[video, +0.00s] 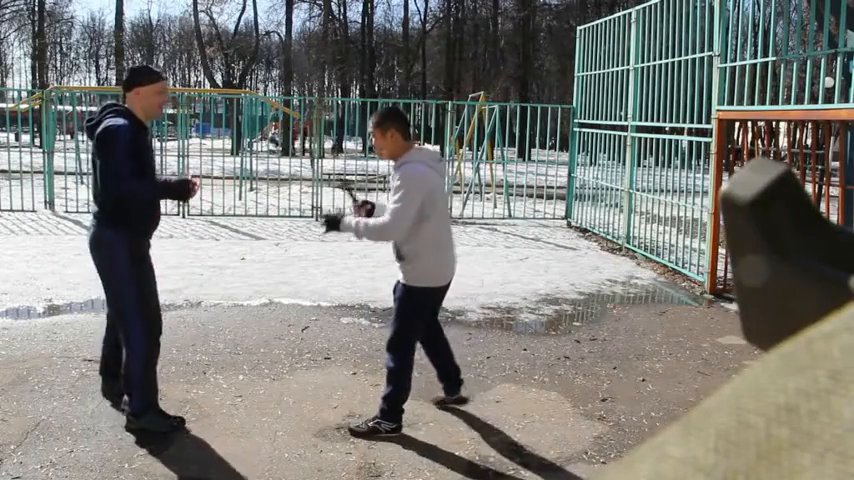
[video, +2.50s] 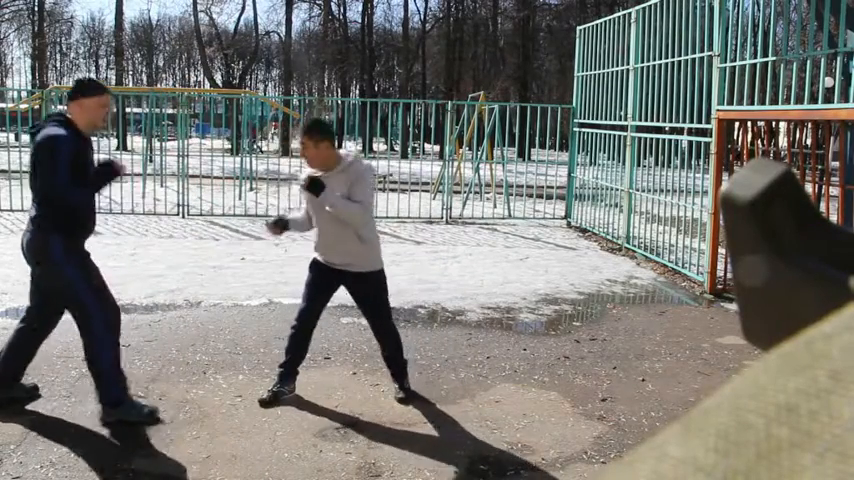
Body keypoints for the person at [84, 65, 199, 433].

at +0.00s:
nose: (164, 102)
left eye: (164, 94)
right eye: (159, 94)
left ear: (138, 96)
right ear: (135, 95)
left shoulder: (129, 127)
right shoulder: (119, 130)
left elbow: (131, 186)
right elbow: (122, 191)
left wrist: (171, 189)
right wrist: (173, 189)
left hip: (120, 240)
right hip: (119, 243)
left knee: (123, 313)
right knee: (144, 324)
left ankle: (115, 383)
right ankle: (144, 413)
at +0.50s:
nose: (148, 106)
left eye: (149, 99)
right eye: (143, 98)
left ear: (121, 99)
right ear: (119, 97)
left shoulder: (110, 131)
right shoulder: (100, 134)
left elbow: (118, 184)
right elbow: (104, 193)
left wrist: (160, 186)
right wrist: (158, 188)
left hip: (103, 244)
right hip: (112, 247)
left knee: (99, 320)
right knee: (158, 319)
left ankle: (70, 397)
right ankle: (147, 406)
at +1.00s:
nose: (155, 106)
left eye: (156, 99)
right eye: (151, 98)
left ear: (126, 97)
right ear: (128, 96)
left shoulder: (109, 128)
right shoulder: (119, 134)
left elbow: (117, 187)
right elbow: (121, 191)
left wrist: (157, 185)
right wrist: (164, 186)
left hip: (103, 243)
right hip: (125, 246)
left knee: (104, 315)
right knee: (158, 324)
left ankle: (70, 388)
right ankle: (166, 411)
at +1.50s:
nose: (143, 111)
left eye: (144, 104)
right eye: (138, 104)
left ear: (113, 104)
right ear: (114, 102)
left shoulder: (107, 135)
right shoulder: (98, 138)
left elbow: (114, 184)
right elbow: (107, 193)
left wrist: (144, 170)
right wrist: (146, 175)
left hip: (102, 247)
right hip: (114, 250)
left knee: (99, 319)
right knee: (157, 321)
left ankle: (61, 394)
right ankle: (173, 409)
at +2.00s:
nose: (157, 135)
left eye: (158, 128)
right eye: (153, 127)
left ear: (130, 124)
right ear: (131, 123)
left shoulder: (114, 150)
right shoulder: (113, 154)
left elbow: (148, 206)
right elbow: (152, 202)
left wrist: (183, 238)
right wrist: (206, 221)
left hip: (62, 247)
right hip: (74, 251)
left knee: (68, 320)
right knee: (120, 321)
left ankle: (32, 385)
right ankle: (149, 410)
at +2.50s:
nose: (105, 116)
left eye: (106, 109)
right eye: (100, 108)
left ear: (82, 108)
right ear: (77, 106)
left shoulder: (71, 137)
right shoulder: (57, 140)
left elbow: (73, 188)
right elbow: (66, 195)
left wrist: (105, 171)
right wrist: (107, 171)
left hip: (54, 246)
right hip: (58, 249)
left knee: (40, 319)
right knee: (102, 316)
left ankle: (6, 383)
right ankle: (116, 404)